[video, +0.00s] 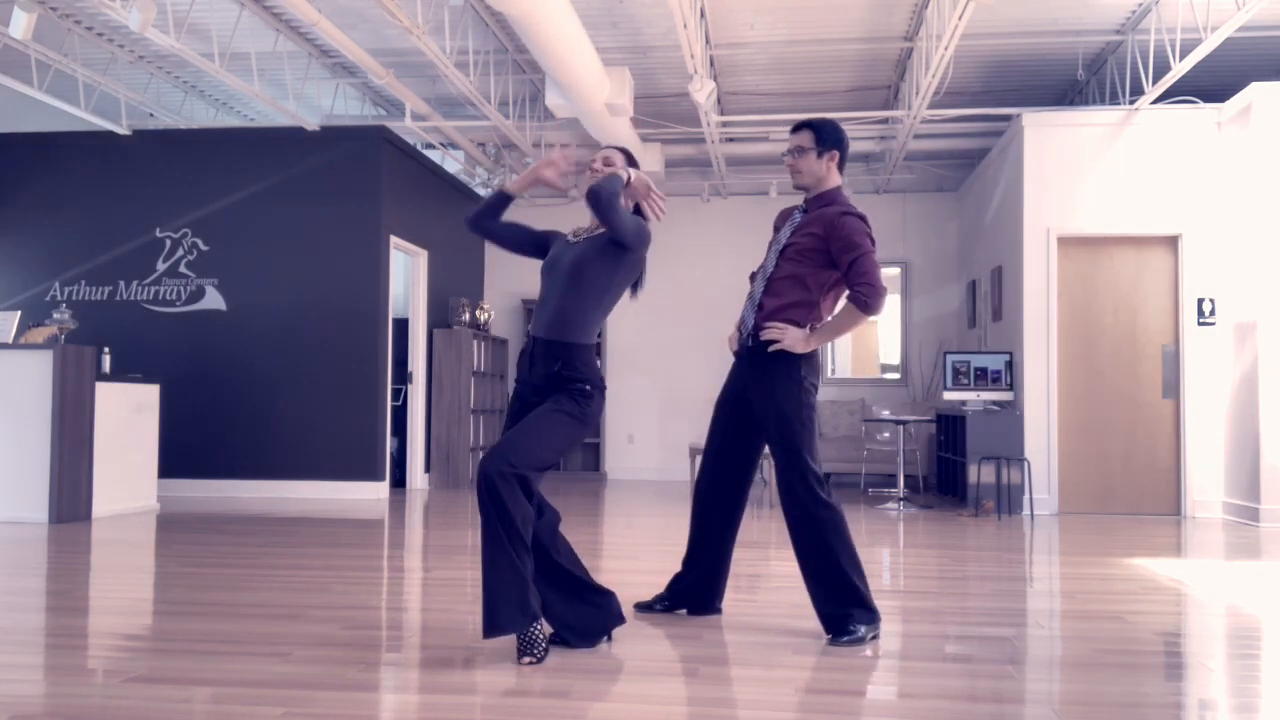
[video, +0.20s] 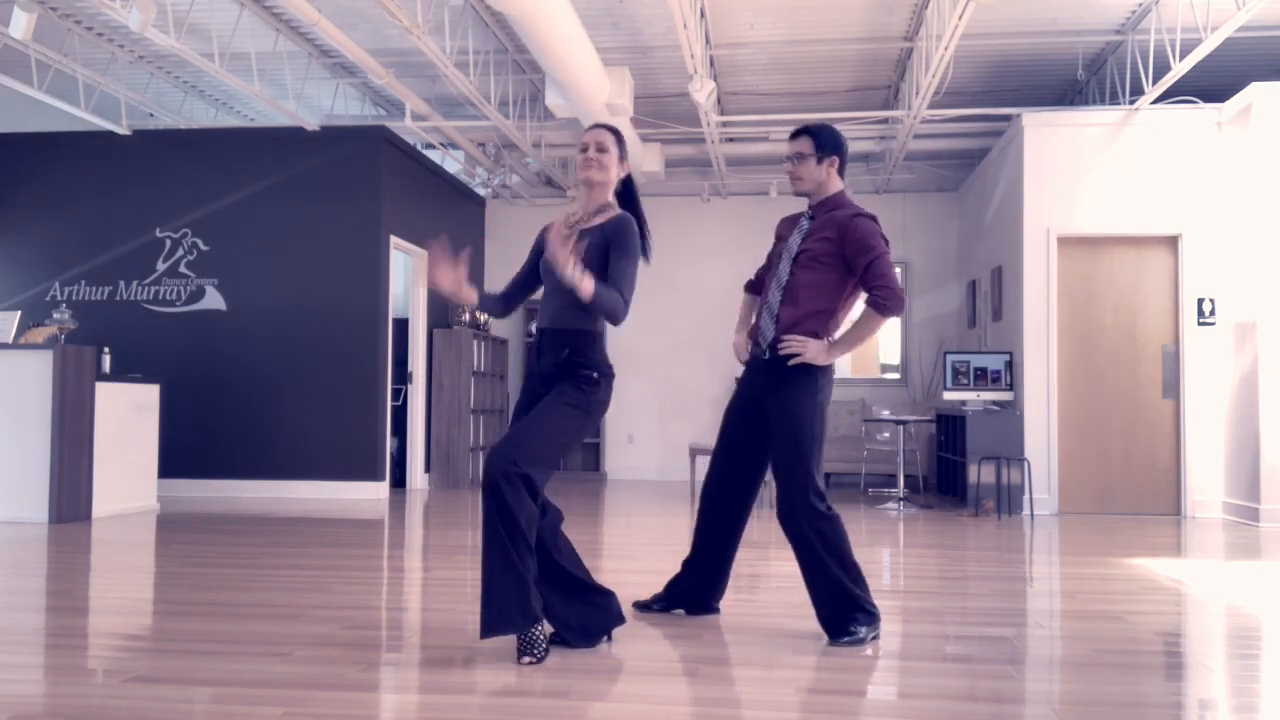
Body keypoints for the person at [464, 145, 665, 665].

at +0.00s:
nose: (596, 170)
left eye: (610, 166)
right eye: (593, 163)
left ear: (632, 187)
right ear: (583, 176)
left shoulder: (633, 236)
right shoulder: (560, 242)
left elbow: (602, 199)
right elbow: (481, 222)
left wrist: (628, 177)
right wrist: (531, 179)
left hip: (576, 388)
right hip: (531, 381)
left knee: (499, 469)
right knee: (517, 496)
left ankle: (529, 618)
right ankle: (586, 611)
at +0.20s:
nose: (591, 157)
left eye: (602, 150)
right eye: (585, 149)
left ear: (622, 167)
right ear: (577, 162)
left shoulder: (622, 226)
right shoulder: (556, 231)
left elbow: (618, 309)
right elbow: (505, 302)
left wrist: (569, 270)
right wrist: (460, 288)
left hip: (584, 374)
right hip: (542, 372)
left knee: (505, 468)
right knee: (520, 491)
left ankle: (527, 617)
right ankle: (588, 611)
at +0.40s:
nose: (564, 132)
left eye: (575, 124)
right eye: (557, 123)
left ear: (594, 138)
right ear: (546, 135)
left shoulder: (598, 205)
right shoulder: (534, 207)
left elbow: (602, 294)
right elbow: (535, 292)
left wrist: (594, 377)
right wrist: (517, 367)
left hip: (600, 347)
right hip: (554, 348)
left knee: (543, 459)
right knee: (538, 471)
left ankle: (537, 617)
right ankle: (587, 606)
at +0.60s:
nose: (547, 137)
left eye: (557, 128)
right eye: (539, 129)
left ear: (578, 140)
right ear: (528, 139)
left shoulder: (590, 204)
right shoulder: (536, 215)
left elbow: (620, 287)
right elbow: (544, 303)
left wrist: (609, 362)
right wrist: (528, 379)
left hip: (602, 352)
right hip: (560, 356)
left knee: (549, 454)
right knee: (556, 474)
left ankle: (541, 617)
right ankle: (588, 606)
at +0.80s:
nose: (542, 149)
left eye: (553, 140)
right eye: (534, 140)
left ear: (574, 150)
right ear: (524, 150)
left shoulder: (586, 219)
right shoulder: (519, 220)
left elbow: (612, 304)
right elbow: (536, 301)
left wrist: (624, 387)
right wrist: (532, 378)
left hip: (610, 358)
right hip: (566, 361)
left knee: (552, 461)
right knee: (553, 477)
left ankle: (542, 621)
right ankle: (591, 608)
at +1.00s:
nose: (551, 143)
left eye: (561, 135)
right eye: (542, 135)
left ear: (580, 145)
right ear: (530, 145)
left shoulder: (597, 213)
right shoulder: (525, 218)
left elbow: (628, 292)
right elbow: (532, 299)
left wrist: (619, 362)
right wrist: (521, 379)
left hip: (611, 356)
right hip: (563, 360)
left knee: (553, 466)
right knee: (555, 476)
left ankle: (539, 621)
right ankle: (584, 610)